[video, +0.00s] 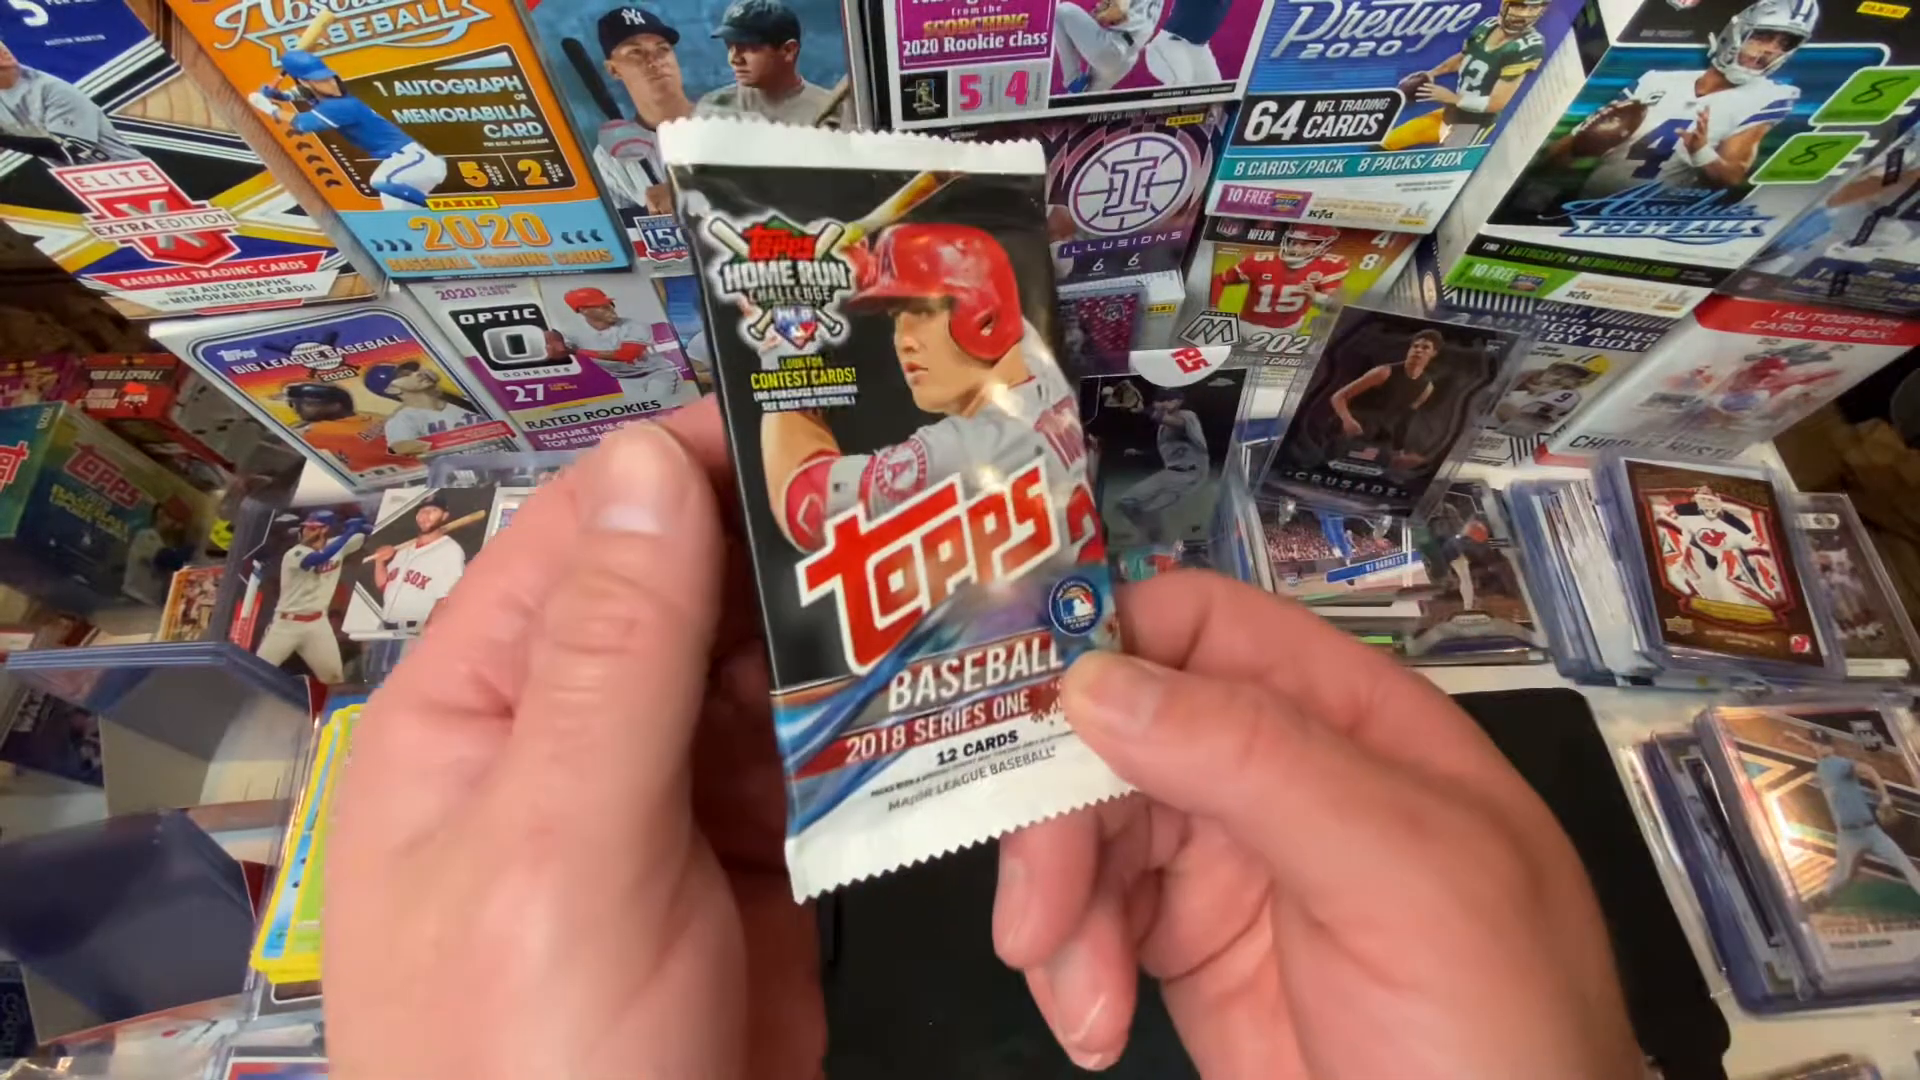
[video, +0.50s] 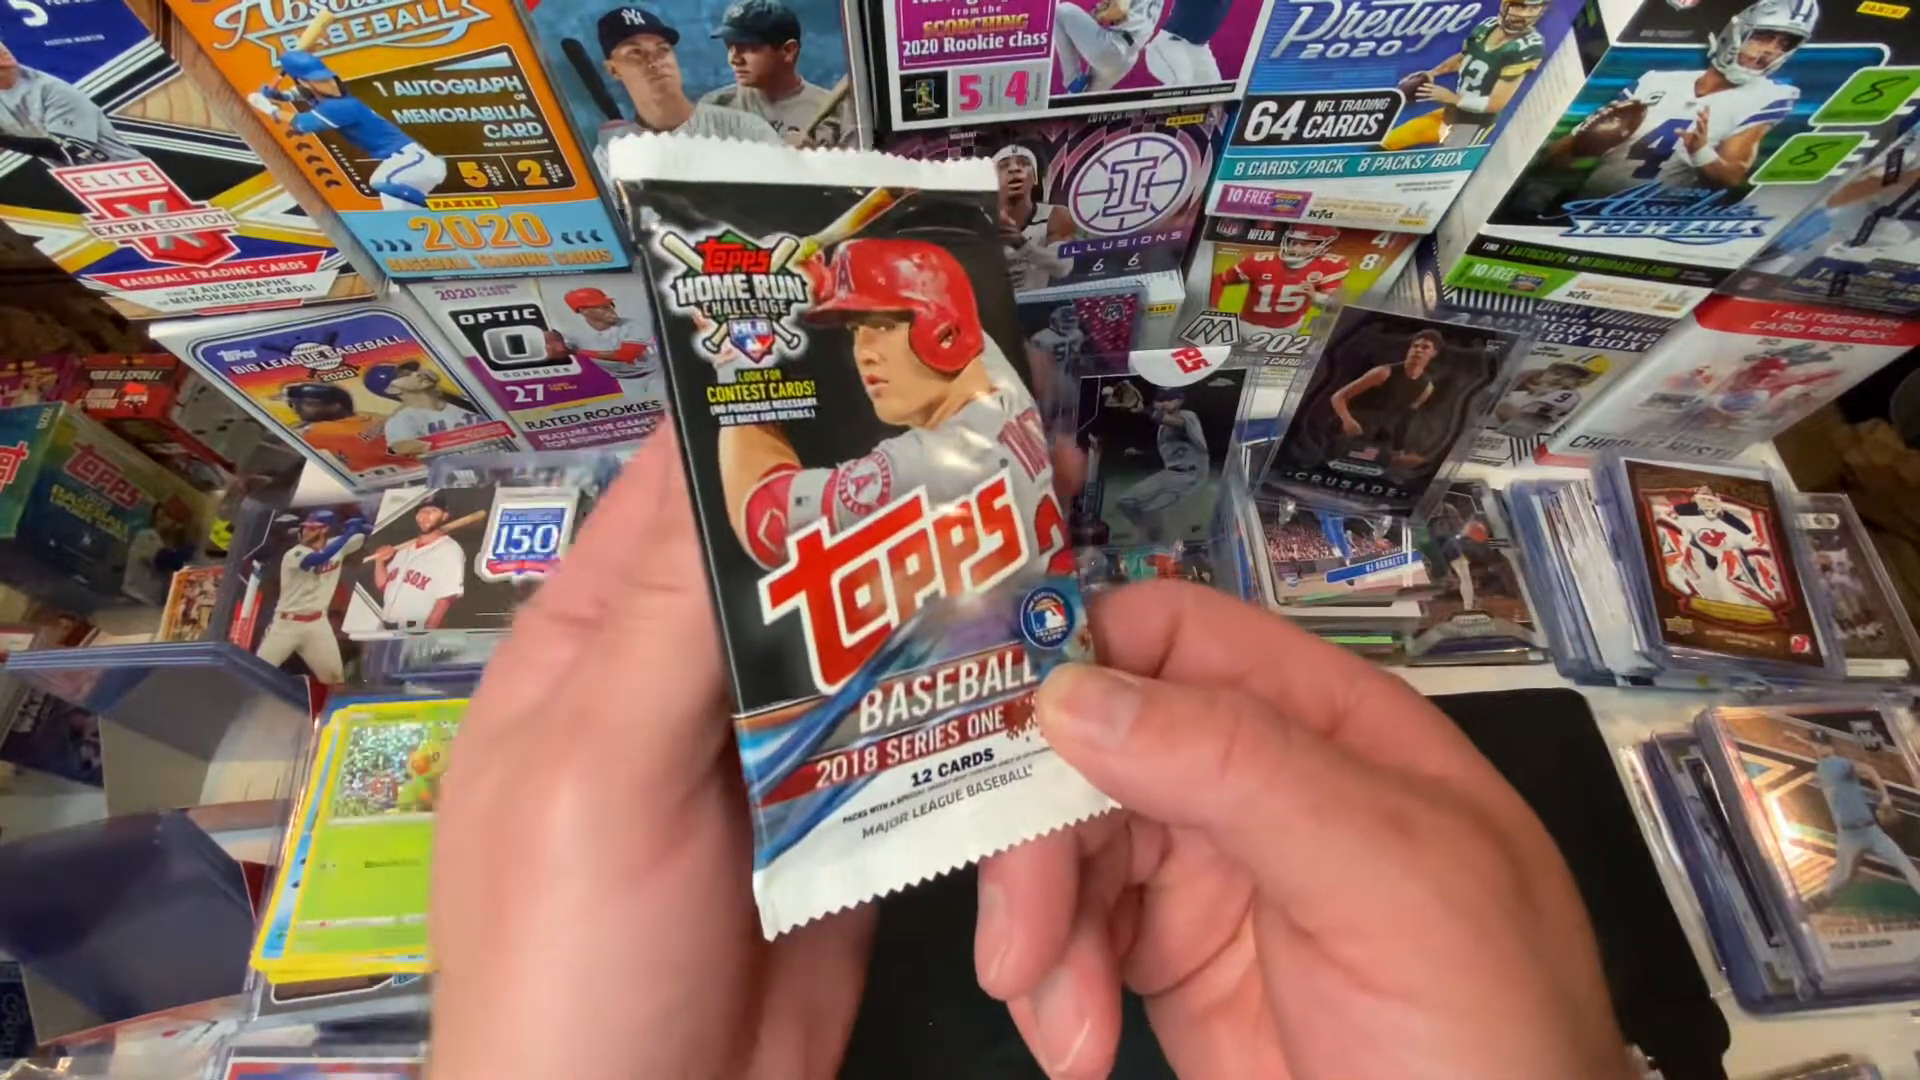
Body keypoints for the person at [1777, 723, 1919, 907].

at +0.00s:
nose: (1823, 749)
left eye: (1825, 744)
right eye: (1819, 746)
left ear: (1831, 745)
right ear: (1814, 748)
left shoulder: (1839, 764)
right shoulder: (1823, 767)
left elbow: (1869, 770)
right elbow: (1866, 769)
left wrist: (1884, 797)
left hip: (1871, 829)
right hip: (1847, 835)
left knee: (1904, 863)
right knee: (1842, 876)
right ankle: (1824, 897)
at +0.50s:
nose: (1823, 749)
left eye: (1825, 744)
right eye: (1818, 746)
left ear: (1831, 745)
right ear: (1813, 748)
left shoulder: (1840, 764)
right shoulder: (1822, 767)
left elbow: (1869, 770)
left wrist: (1885, 797)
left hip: (1871, 829)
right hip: (1847, 834)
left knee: (1903, 863)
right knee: (1843, 876)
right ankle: (1824, 896)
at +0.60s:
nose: (1823, 749)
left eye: (1824, 744)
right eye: (1818, 745)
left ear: (1830, 744)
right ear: (1814, 748)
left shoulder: (1838, 763)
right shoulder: (1822, 767)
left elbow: (1869, 770)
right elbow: (1813, 747)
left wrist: (1885, 796)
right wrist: (1800, 739)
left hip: (1870, 829)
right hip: (1847, 834)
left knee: (1904, 864)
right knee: (1843, 875)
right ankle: (1824, 897)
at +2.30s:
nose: (1822, 749)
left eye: (1824, 744)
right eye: (1818, 745)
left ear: (1830, 745)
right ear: (1814, 748)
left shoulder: (1839, 764)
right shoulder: (1823, 767)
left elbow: (1869, 770)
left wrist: (1885, 797)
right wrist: (1796, 738)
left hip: (1871, 829)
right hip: (1847, 834)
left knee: (1903, 862)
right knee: (1842, 874)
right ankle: (1825, 896)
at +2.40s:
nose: (1823, 749)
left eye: (1825, 744)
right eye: (1819, 745)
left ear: (1831, 745)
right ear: (1814, 748)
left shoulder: (1839, 764)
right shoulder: (1823, 767)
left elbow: (1868, 770)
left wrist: (1884, 797)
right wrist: (1796, 738)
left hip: (1871, 829)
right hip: (1847, 834)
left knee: (1904, 863)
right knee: (1842, 874)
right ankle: (1825, 896)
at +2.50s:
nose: (1823, 749)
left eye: (1825, 744)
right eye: (1819, 745)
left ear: (1831, 745)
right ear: (1814, 748)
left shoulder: (1839, 764)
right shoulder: (1823, 767)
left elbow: (1868, 770)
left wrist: (1884, 797)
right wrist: (1796, 738)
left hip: (1871, 829)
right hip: (1847, 834)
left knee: (1904, 863)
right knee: (1842, 875)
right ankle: (1825, 896)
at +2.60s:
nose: (1823, 749)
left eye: (1825, 744)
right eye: (1819, 745)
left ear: (1831, 745)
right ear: (1814, 747)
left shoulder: (1839, 764)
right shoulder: (1823, 767)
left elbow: (1868, 770)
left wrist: (1885, 797)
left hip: (1871, 828)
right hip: (1847, 834)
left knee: (1904, 864)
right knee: (1843, 875)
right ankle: (1823, 897)